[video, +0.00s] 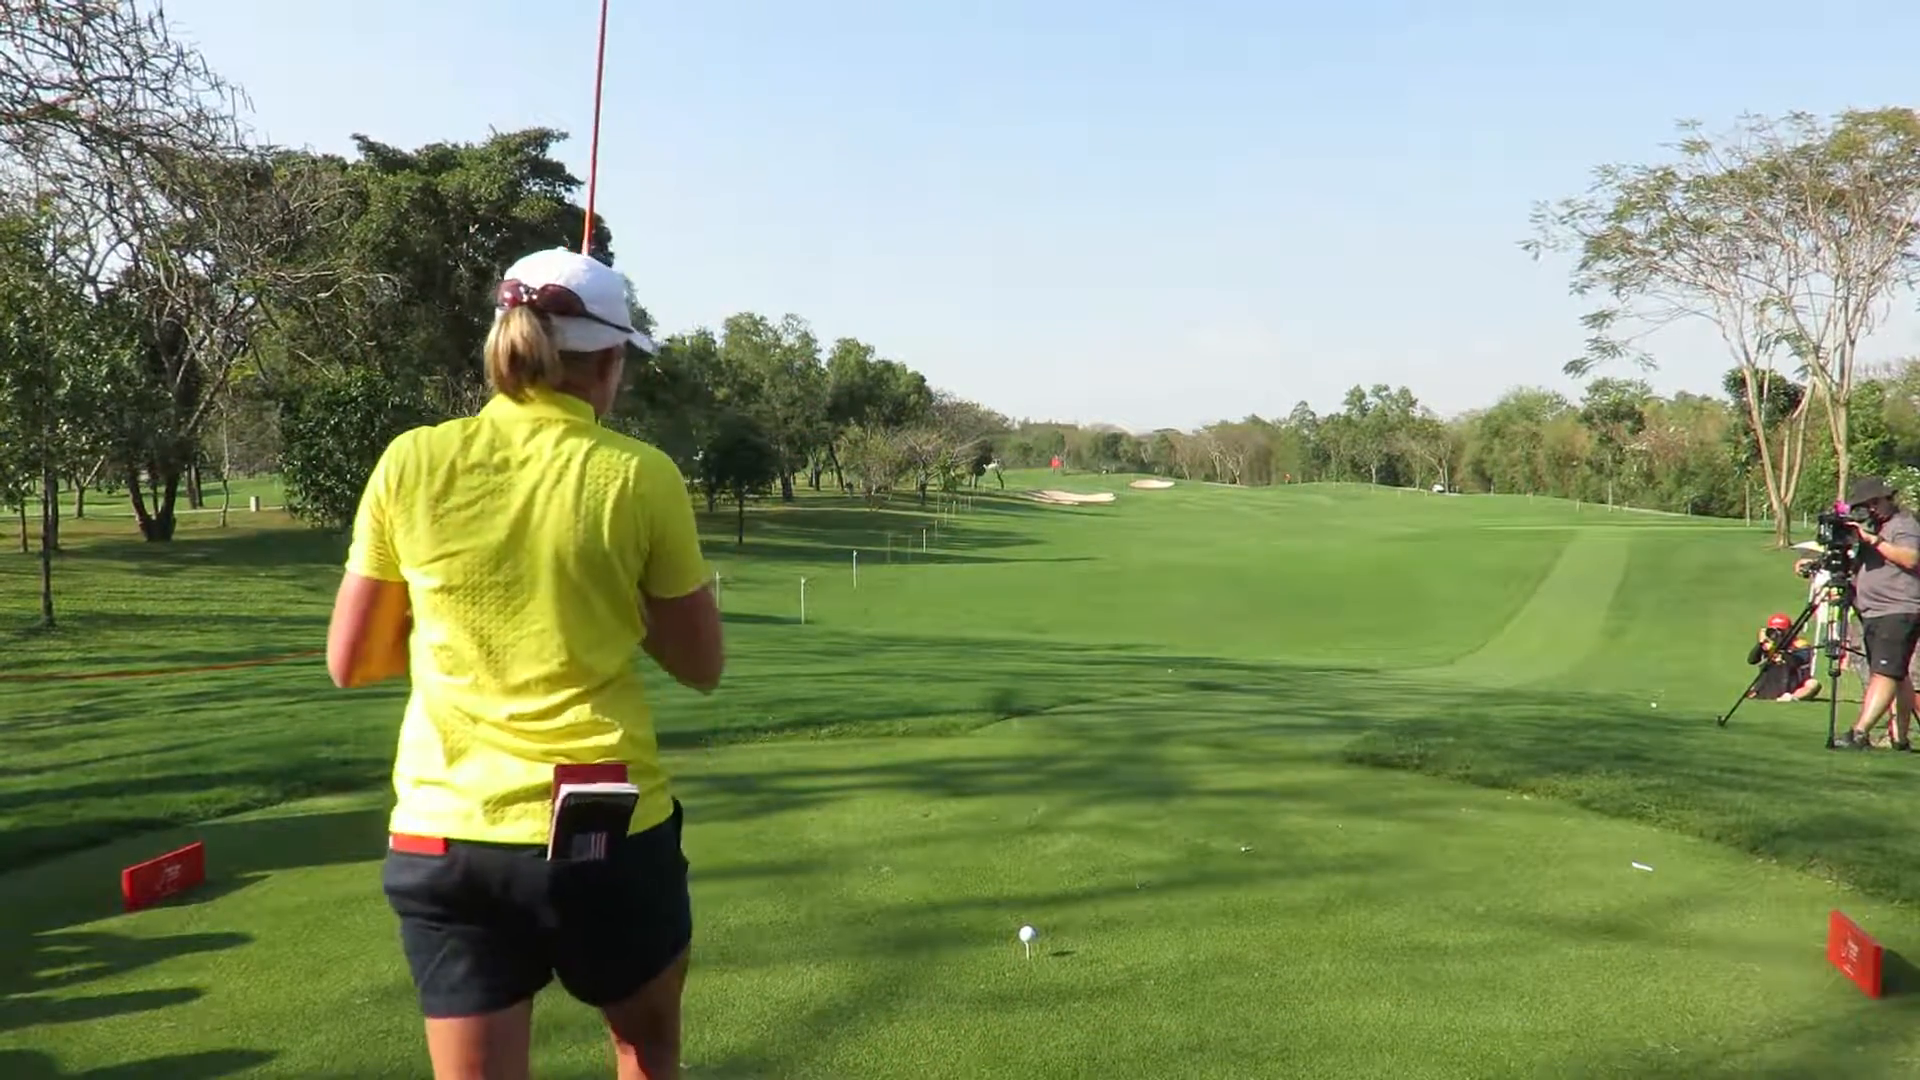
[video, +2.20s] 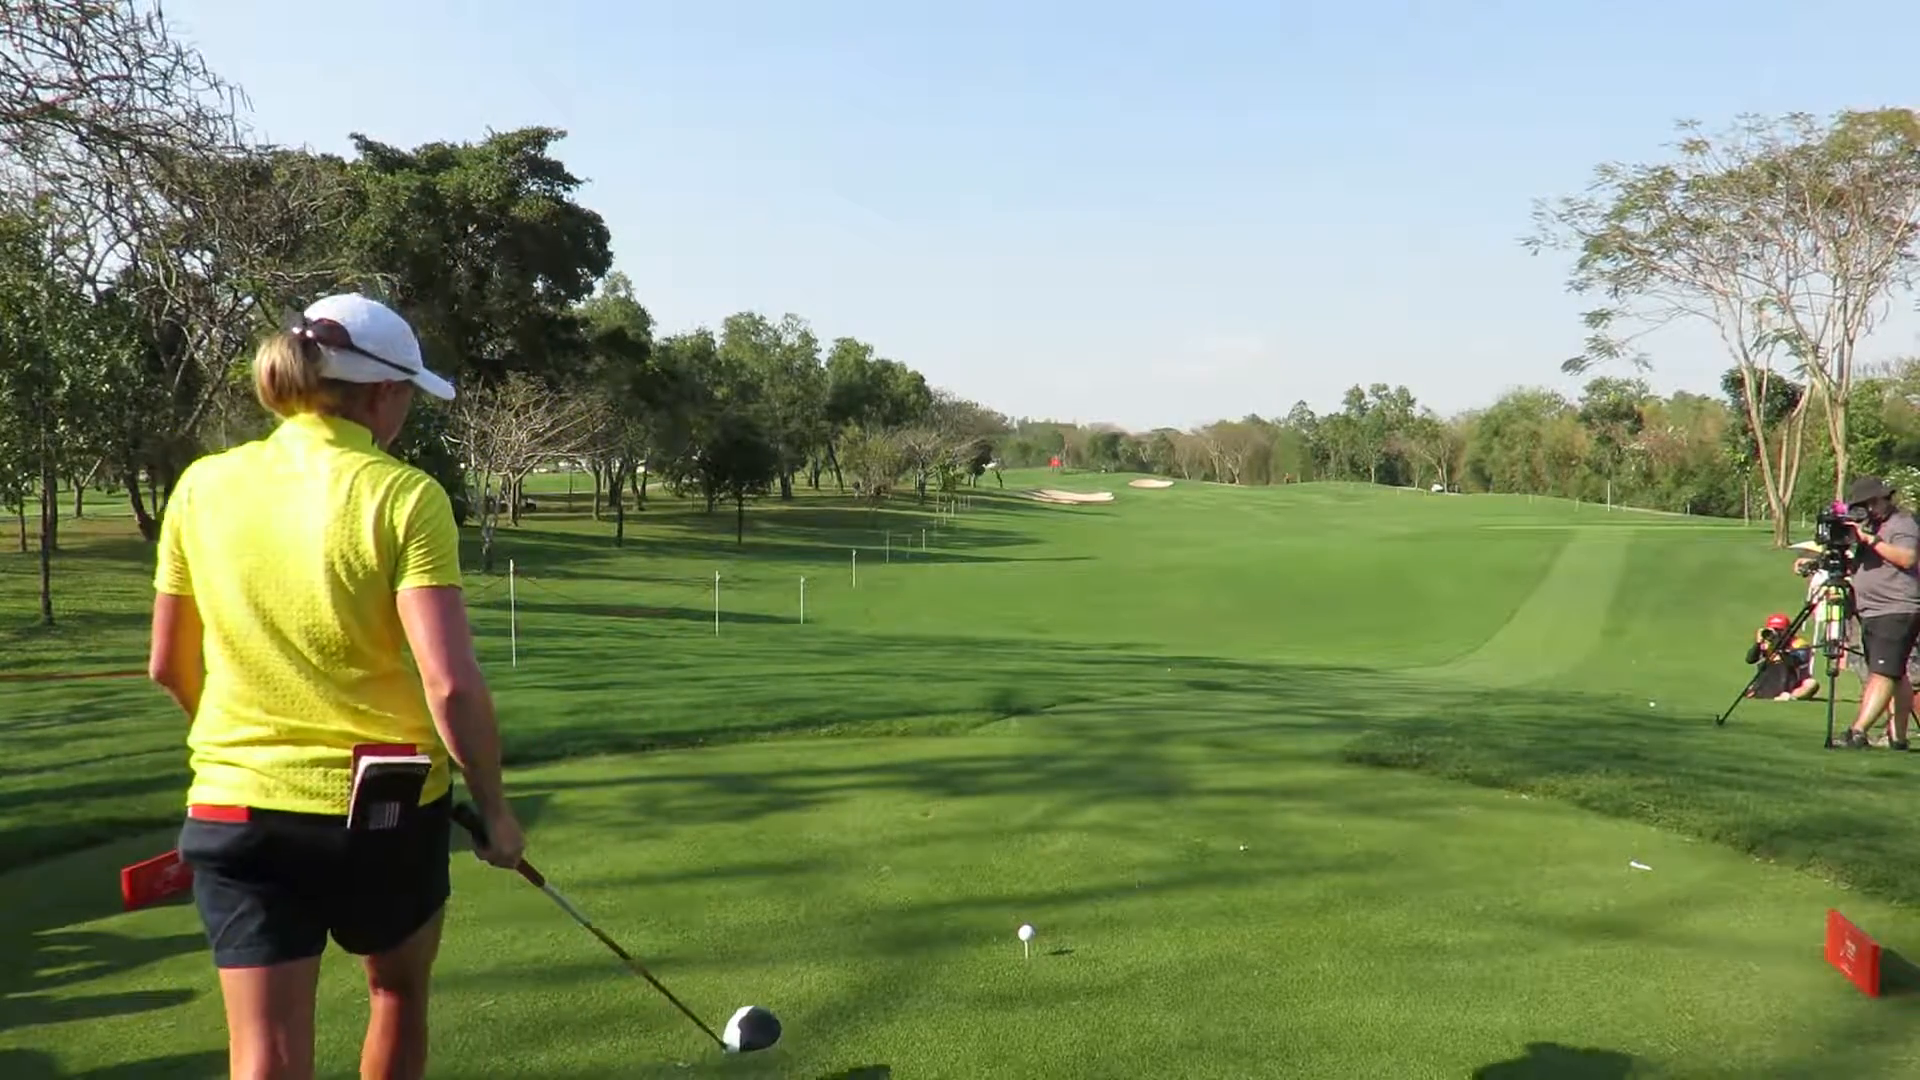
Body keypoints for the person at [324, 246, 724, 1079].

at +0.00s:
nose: (621, 377)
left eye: (622, 358)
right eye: (623, 359)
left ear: (501, 349)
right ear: (606, 364)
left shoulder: (409, 462)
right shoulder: (637, 477)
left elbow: (352, 659)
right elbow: (700, 661)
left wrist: (458, 614)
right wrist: (614, 584)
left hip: (441, 843)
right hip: (606, 839)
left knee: (474, 1070)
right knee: (646, 1047)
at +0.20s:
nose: (605, 349)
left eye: (605, 330)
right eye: (603, 332)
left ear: (475, 325)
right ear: (590, 339)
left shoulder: (370, 445)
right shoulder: (616, 467)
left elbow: (255, 634)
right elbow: (685, 692)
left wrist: (396, 659)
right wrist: (621, 625)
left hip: (397, 857)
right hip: (570, 852)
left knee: (450, 1068)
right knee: (633, 1064)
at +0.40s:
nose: (594, 346)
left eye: (593, 321)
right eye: (595, 324)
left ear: (462, 310)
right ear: (577, 327)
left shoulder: (350, 442)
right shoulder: (614, 468)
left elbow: (203, 631)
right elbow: (675, 719)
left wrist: (342, 720)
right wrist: (619, 709)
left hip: (379, 871)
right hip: (553, 877)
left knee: (427, 1065)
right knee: (570, 1062)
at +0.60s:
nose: (593, 343)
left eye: (591, 321)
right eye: (595, 324)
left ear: (453, 308)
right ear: (578, 329)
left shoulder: (336, 443)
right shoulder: (608, 472)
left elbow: (193, 655)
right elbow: (675, 742)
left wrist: (328, 772)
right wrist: (654, 832)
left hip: (349, 906)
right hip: (526, 916)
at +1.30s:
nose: (563, 331)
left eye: (564, 307)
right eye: (564, 309)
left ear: (412, 293)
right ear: (546, 317)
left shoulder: (284, 442)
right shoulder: (575, 467)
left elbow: (168, 691)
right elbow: (636, 760)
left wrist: (240, 849)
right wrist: (642, 913)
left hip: (311, 919)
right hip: (501, 927)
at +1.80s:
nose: (443, 373)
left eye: (445, 353)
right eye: (444, 354)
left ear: (317, 341)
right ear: (422, 356)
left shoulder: (202, 466)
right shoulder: (450, 476)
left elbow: (115, 683)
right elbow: (510, 709)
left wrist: (156, 831)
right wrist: (545, 843)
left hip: (229, 866)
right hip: (400, 865)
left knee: (268, 1066)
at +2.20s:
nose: (407, 413)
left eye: (409, 396)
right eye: (407, 395)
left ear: (295, 382)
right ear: (381, 391)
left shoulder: (201, 486)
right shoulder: (404, 495)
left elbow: (171, 665)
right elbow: (451, 685)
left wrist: (246, 744)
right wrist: (495, 806)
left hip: (236, 812)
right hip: (379, 814)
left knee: (264, 1053)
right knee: (396, 993)